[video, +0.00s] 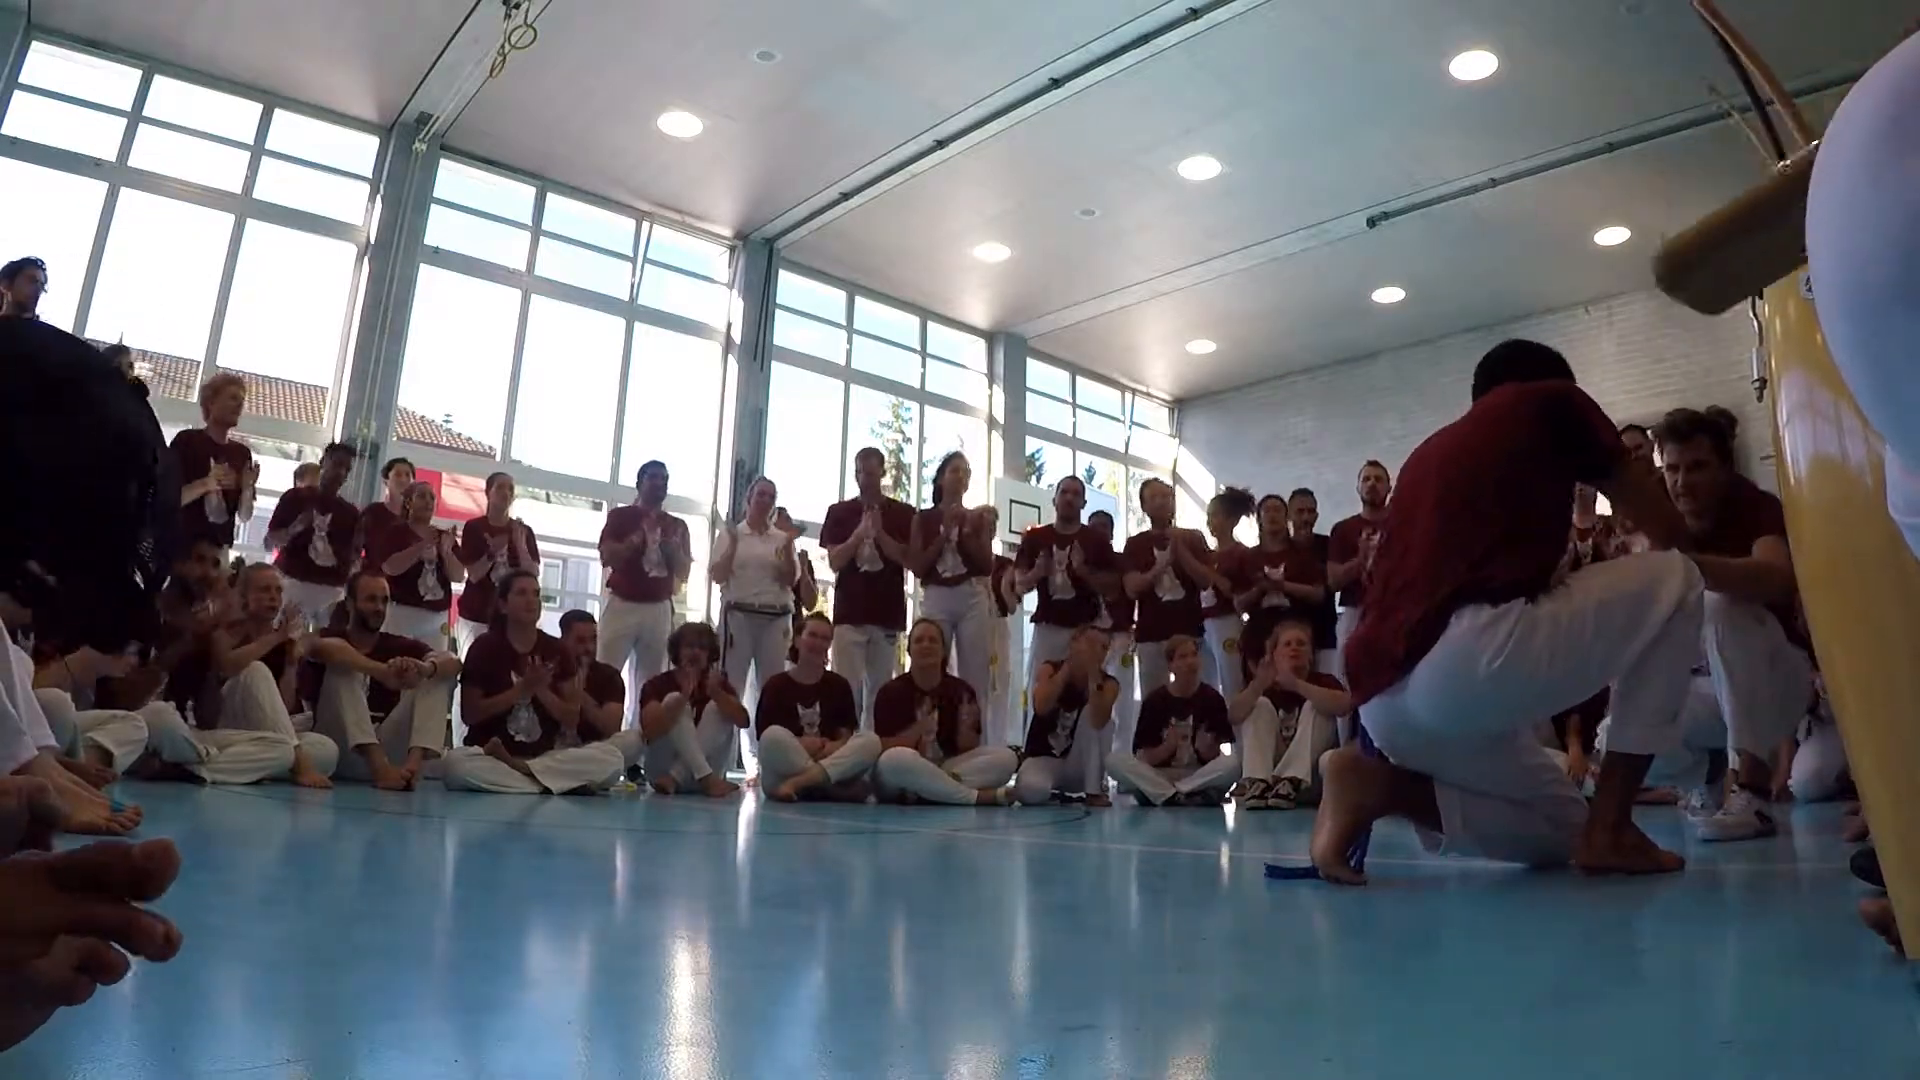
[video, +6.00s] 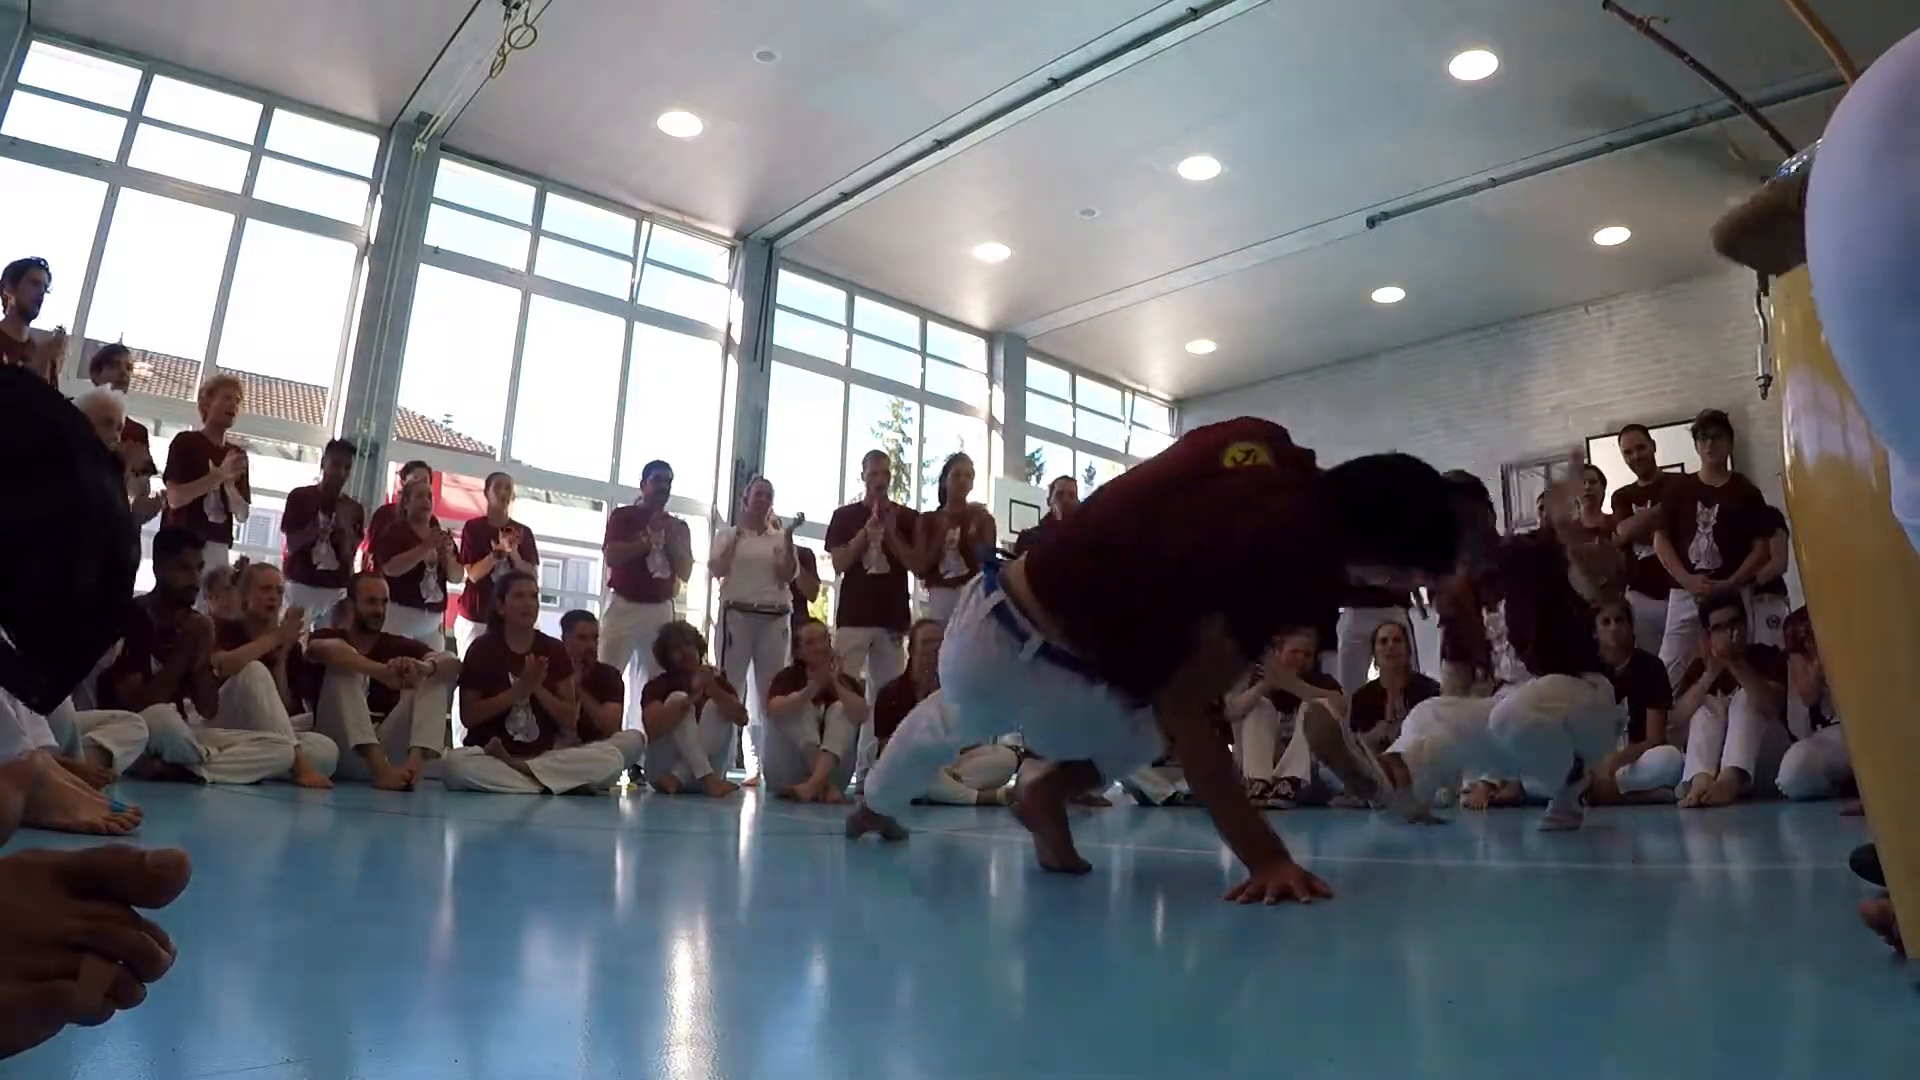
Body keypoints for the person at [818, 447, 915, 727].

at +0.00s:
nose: (863, 477)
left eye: (870, 471)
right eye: (859, 472)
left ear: (882, 472)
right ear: (855, 474)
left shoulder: (904, 513)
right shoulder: (839, 512)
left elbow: (908, 558)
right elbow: (835, 562)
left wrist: (880, 534)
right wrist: (859, 534)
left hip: (888, 617)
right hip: (849, 616)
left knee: (881, 692)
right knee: (846, 691)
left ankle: (879, 754)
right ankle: (844, 755)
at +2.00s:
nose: (862, 479)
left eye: (867, 473)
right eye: (856, 473)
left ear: (873, 476)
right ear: (844, 474)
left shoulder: (888, 512)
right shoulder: (825, 515)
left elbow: (899, 557)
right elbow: (830, 561)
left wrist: (876, 522)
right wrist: (861, 522)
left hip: (879, 619)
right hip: (841, 620)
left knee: (883, 702)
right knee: (836, 698)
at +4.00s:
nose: (886, 477)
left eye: (891, 472)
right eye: (881, 471)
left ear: (896, 476)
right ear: (868, 471)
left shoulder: (907, 514)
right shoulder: (844, 510)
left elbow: (910, 561)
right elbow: (836, 557)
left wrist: (883, 528)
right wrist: (866, 526)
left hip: (886, 613)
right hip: (849, 611)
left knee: (880, 690)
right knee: (845, 688)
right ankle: (844, 748)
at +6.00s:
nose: (878, 479)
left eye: (883, 473)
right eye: (873, 473)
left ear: (891, 475)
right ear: (862, 475)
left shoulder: (907, 518)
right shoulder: (845, 515)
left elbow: (916, 564)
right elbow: (838, 564)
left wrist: (889, 533)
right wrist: (865, 534)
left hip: (893, 619)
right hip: (853, 619)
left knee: (889, 698)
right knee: (845, 696)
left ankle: (880, 773)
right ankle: (837, 772)